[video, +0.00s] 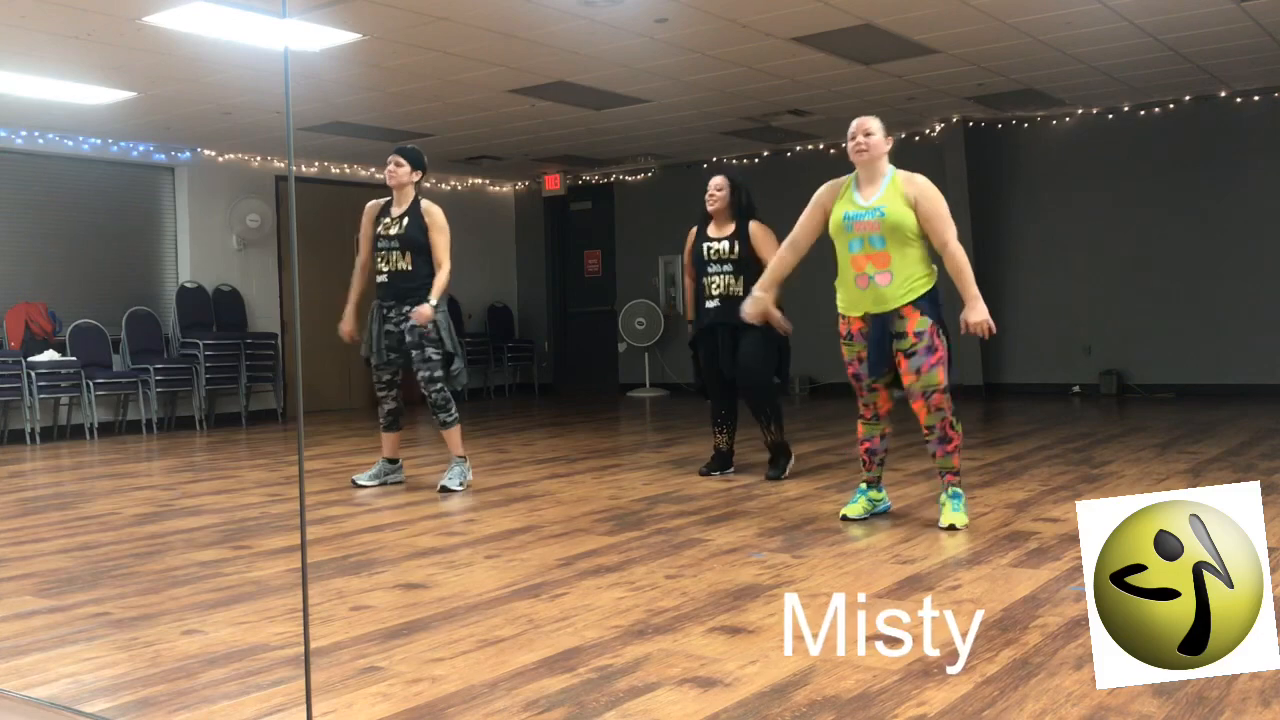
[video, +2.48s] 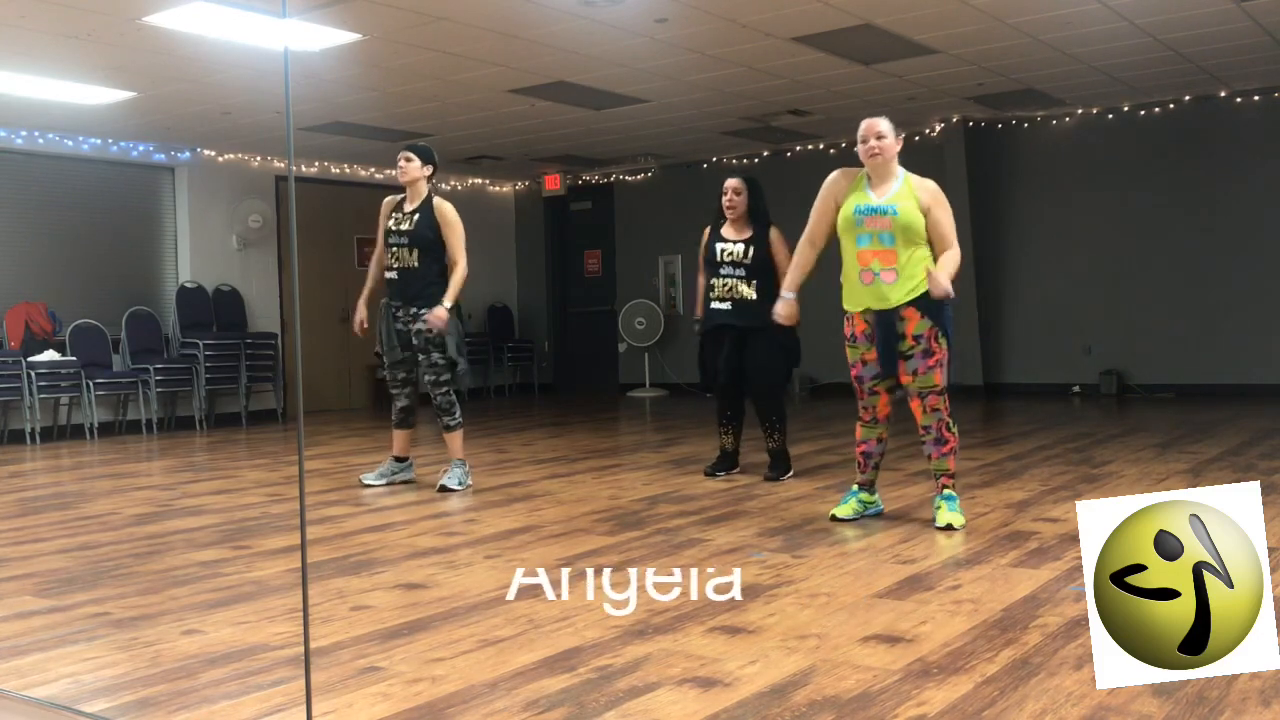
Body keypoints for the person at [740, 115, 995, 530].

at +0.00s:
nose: (859, 140)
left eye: (868, 133)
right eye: (853, 136)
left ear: (888, 143)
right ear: (846, 149)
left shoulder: (915, 187)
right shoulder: (831, 194)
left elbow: (949, 245)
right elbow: (793, 246)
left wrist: (973, 300)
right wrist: (762, 290)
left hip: (913, 308)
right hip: (857, 315)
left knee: (931, 397)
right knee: (870, 403)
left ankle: (952, 491)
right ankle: (872, 490)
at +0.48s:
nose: (880, 135)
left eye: (890, 128)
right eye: (874, 131)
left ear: (910, 138)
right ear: (867, 144)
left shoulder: (930, 180)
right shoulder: (858, 191)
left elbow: (952, 241)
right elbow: (863, 254)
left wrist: (955, 305)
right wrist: (855, 308)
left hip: (924, 310)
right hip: (872, 314)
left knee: (937, 402)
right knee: (848, 378)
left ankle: (950, 494)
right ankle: (860, 485)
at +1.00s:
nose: (868, 145)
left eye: (876, 136)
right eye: (861, 139)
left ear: (897, 140)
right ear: (853, 148)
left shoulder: (921, 187)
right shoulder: (840, 187)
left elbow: (945, 247)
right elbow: (804, 241)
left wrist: (945, 293)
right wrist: (772, 285)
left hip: (914, 309)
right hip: (859, 314)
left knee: (927, 403)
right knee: (866, 404)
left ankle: (944, 494)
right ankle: (865, 492)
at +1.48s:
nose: (895, 137)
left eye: (905, 129)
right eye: (891, 133)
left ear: (930, 137)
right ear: (889, 143)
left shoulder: (945, 183)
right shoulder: (888, 181)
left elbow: (954, 247)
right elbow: (891, 241)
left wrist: (922, 225)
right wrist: (883, 289)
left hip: (932, 304)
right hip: (884, 303)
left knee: (936, 401)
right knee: (866, 390)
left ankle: (944, 497)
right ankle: (864, 491)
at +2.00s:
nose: (883, 139)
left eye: (891, 132)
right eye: (876, 134)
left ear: (911, 141)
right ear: (869, 146)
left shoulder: (936, 183)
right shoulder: (856, 198)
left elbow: (968, 244)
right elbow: (847, 263)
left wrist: (977, 303)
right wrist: (820, 303)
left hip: (924, 311)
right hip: (868, 315)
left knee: (933, 404)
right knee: (861, 401)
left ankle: (943, 495)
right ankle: (863, 491)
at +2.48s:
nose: (871, 145)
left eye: (880, 137)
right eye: (864, 140)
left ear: (899, 143)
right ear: (857, 149)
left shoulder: (924, 190)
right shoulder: (840, 184)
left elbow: (950, 249)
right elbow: (810, 243)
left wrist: (940, 274)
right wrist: (787, 293)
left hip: (918, 309)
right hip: (862, 313)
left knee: (931, 402)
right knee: (870, 406)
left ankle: (946, 494)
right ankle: (866, 492)